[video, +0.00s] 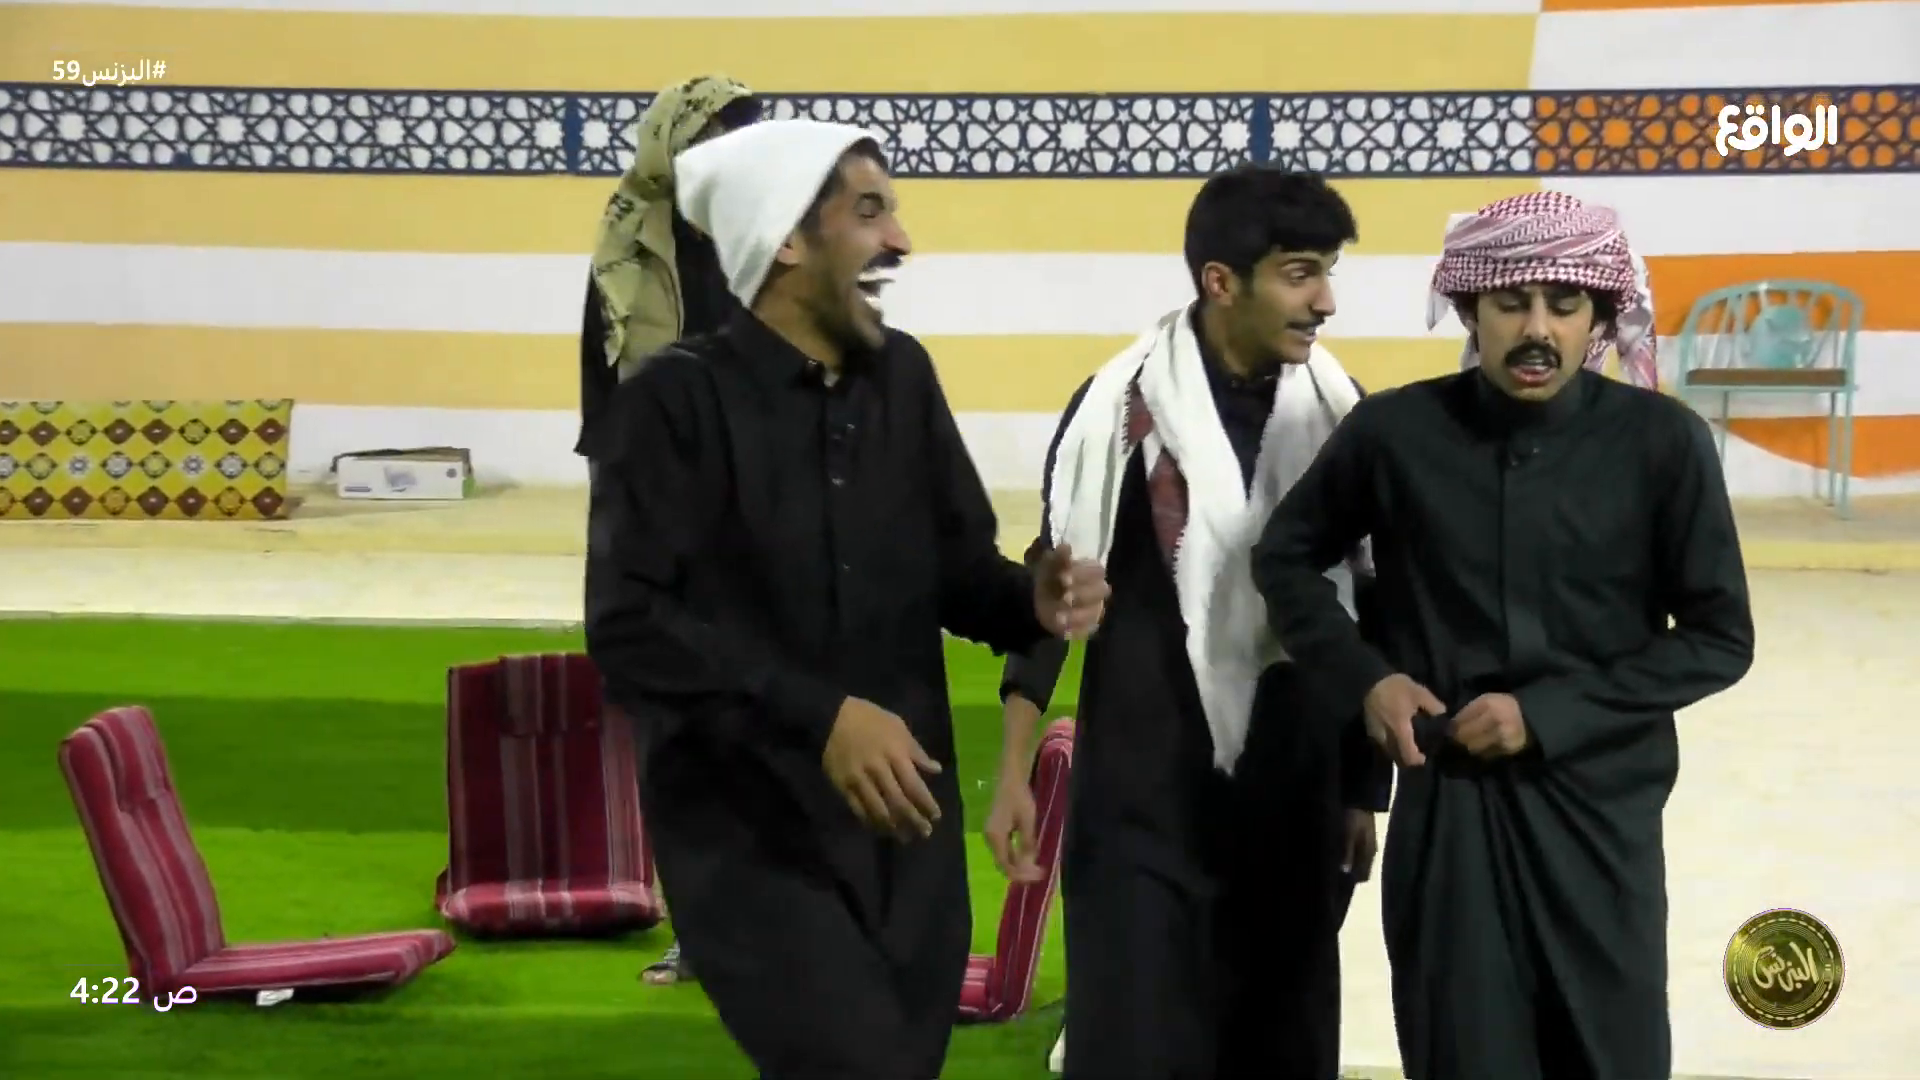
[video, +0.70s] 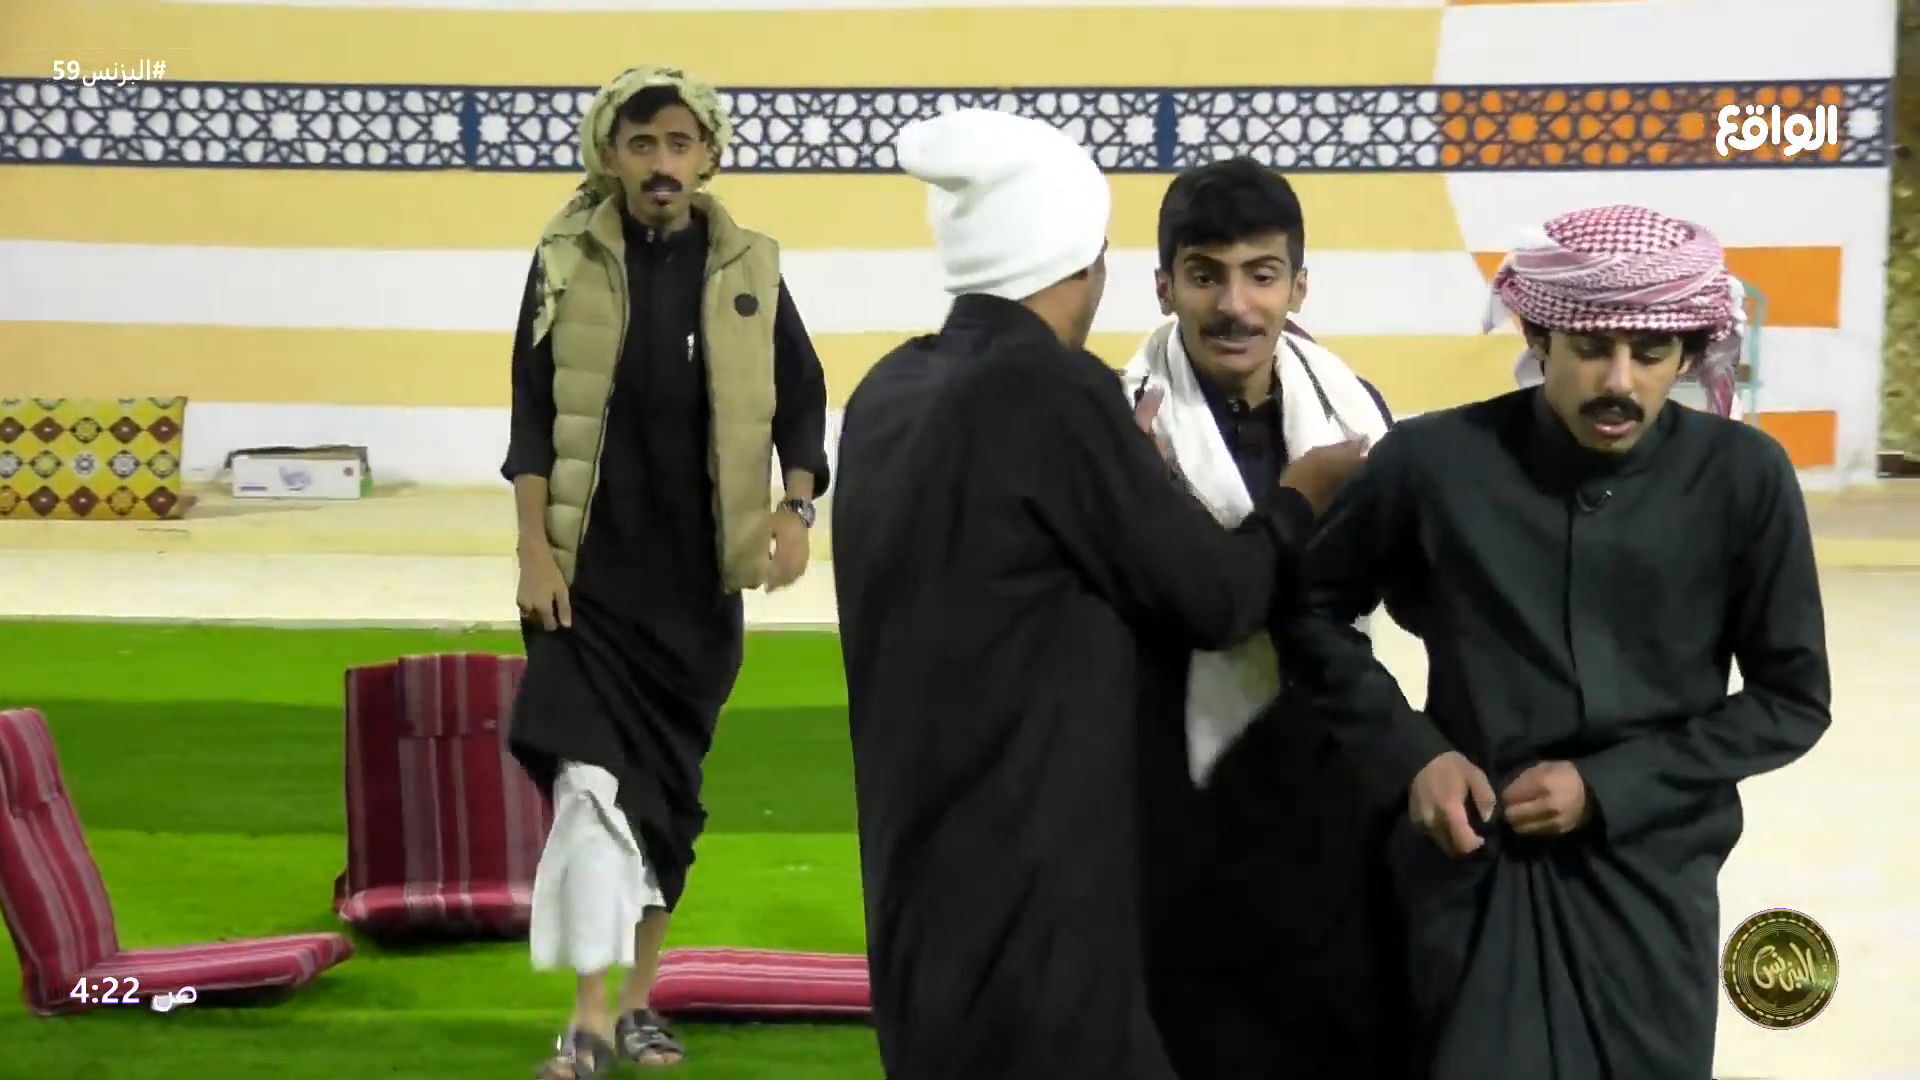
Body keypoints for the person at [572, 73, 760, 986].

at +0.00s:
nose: (739, 165)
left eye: (747, 147)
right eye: (722, 145)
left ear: (754, 159)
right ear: (679, 147)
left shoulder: (776, 239)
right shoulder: (628, 248)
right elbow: (603, 415)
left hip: (774, 542)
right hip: (664, 543)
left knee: (765, 737)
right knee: (682, 735)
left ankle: (768, 920)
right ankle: (699, 928)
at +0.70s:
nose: (662, 160)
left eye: (680, 141)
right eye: (641, 142)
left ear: (708, 154)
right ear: (609, 156)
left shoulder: (747, 265)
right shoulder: (565, 262)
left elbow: (802, 392)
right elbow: (531, 411)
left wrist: (796, 510)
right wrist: (533, 542)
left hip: (699, 565)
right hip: (584, 560)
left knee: (670, 789)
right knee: (590, 776)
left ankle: (636, 1003)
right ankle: (590, 1018)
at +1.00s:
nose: (584, 186)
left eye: (601, 165)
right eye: (562, 170)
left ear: (633, 176)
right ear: (533, 187)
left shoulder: (681, 283)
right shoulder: (502, 293)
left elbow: (727, 426)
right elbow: (475, 450)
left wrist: (761, 562)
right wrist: (474, 593)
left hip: (656, 597)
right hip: (533, 595)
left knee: (652, 825)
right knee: (544, 815)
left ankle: (582, 920)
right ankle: (571, 1033)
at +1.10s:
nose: (582, 180)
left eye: (598, 160)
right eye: (559, 165)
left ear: (630, 169)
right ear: (531, 182)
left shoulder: (678, 279)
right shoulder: (498, 287)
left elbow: (722, 427)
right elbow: (470, 444)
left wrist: (756, 562)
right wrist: (467, 586)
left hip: (652, 589)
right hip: (529, 591)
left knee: (663, 799)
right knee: (535, 815)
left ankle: (605, 921)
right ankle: (554, 1038)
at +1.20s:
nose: (596, 185)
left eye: (613, 167)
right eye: (575, 167)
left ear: (636, 174)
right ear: (540, 177)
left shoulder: (671, 281)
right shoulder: (493, 284)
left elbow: (718, 423)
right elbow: (460, 439)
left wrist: (760, 546)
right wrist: (466, 578)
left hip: (653, 588)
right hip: (531, 590)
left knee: (677, 780)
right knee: (533, 803)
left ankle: (632, 970)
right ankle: (539, 1021)